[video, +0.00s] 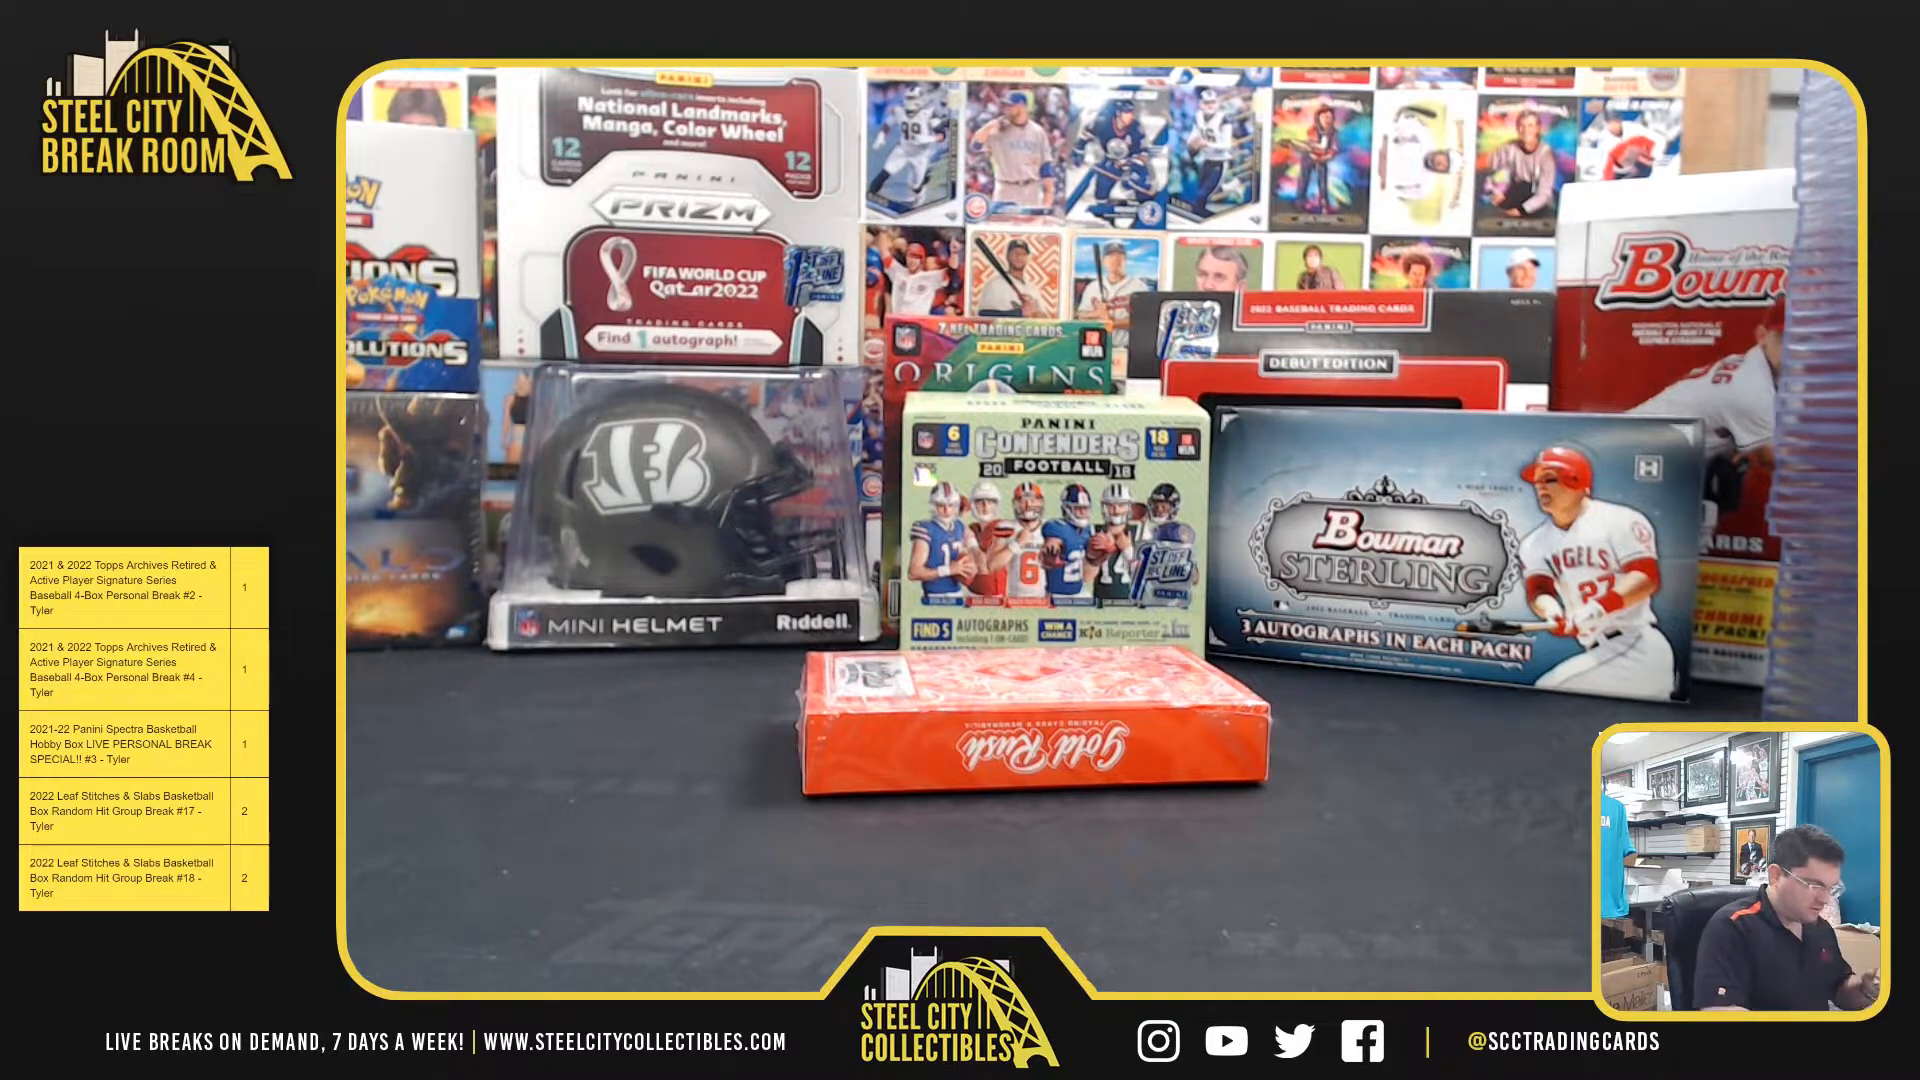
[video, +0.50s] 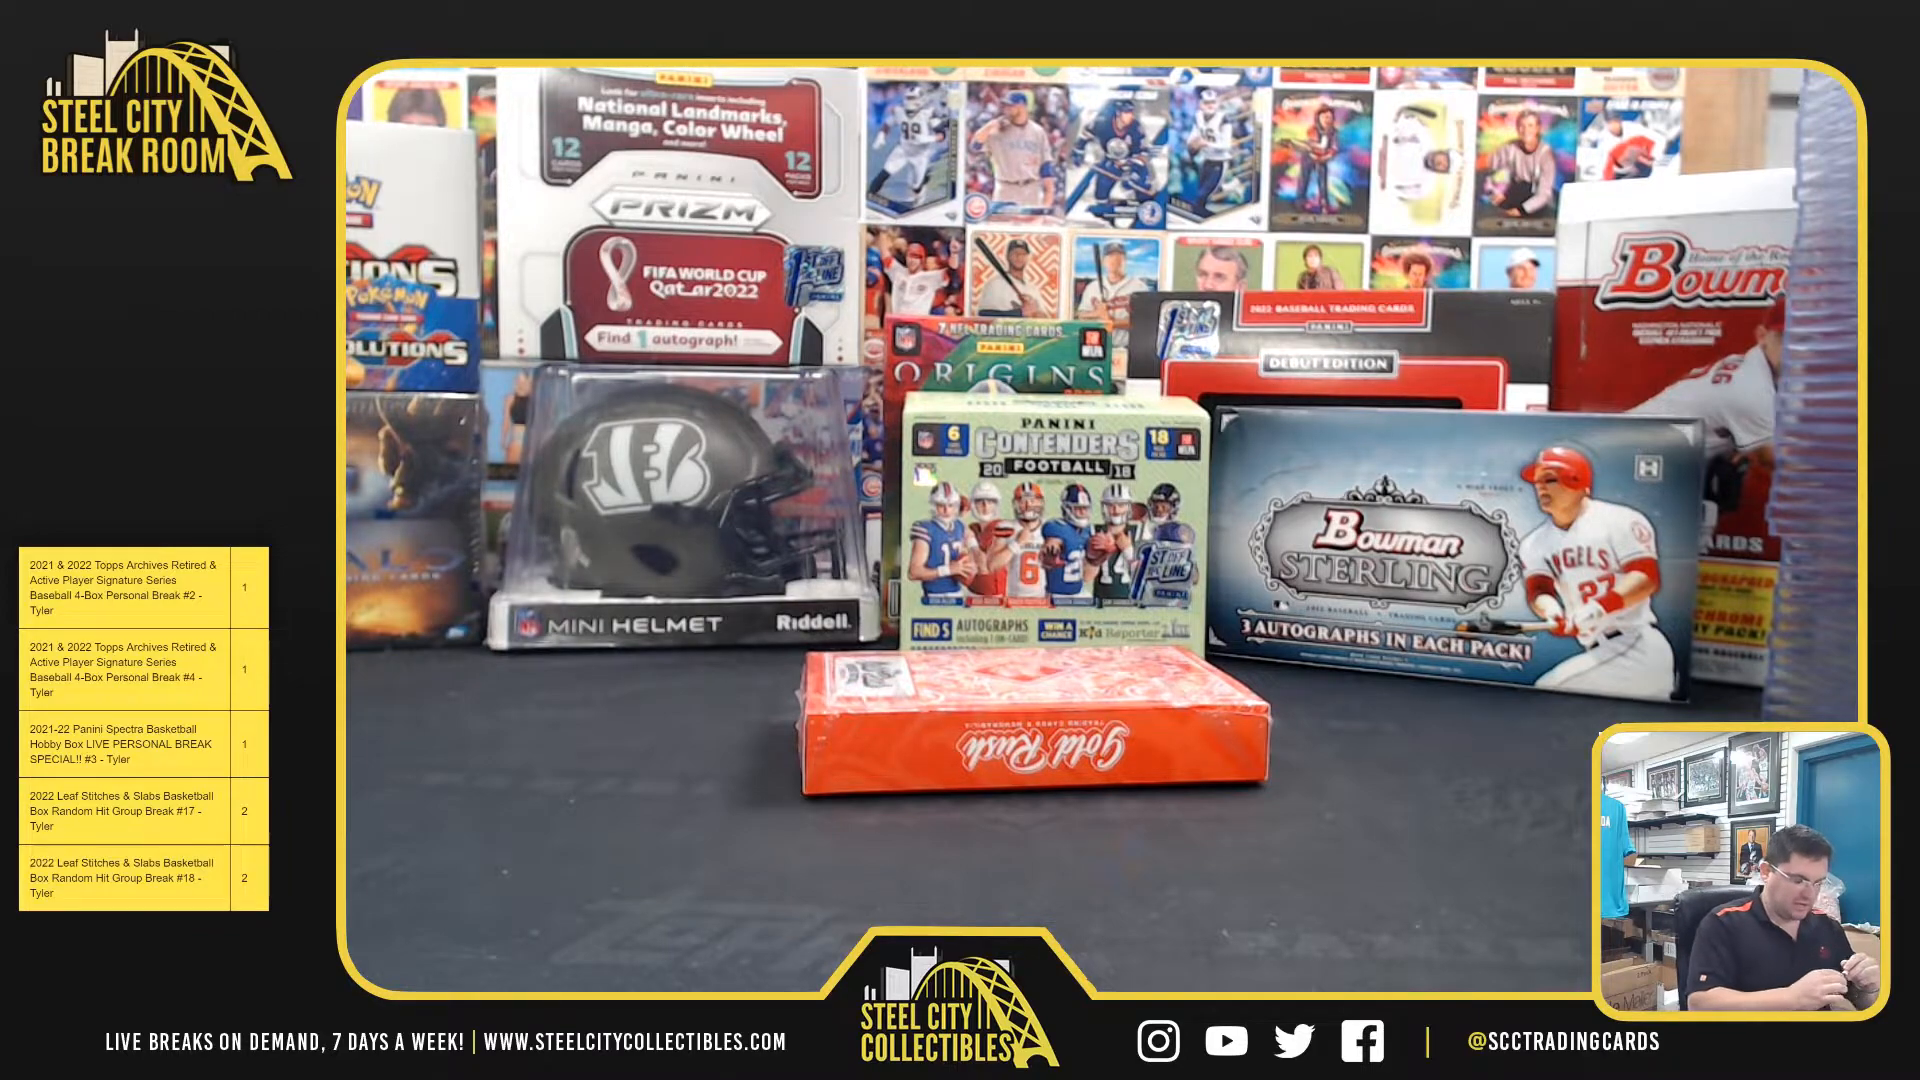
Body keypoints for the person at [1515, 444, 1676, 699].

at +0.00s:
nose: (1540, 490)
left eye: (1550, 481)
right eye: (1537, 484)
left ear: (1578, 484)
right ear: (1533, 488)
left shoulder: (1624, 521)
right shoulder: (1534, 545)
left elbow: (1646, 577)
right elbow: (1539, 591)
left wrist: (1599, 608)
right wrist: (1554, 614)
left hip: (1638, 648)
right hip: (1599, 652)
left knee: (1546, 692)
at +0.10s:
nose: (1540, 490)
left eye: (1549, 481)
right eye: (1537, 484)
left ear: (1578, 484)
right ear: (1533, 488)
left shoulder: (1625, 521)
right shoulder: (1534, 545)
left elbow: (1646, 577)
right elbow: (1539, 591)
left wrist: (1599, 608)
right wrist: (1554, 614)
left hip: (1638, 649)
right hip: (1599, 652)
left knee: (1546, 692)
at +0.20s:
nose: (1540, 490)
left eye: (1549, 481)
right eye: (1537, 484)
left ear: (1578, 484)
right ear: (1533, 488)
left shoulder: (1624, 521)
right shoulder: (1534, 545)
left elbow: (1646, 577)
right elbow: (1539, 591)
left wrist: (1599, 608)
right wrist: (1553, 614)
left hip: (1638, 649)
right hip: (1599, 652)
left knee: (1546, 692)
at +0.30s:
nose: (1540, 490)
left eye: (1549, 481)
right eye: (1537, 483)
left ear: (1578, 484)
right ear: (1533, 488)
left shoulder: (1624, 521)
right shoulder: (1534, 545)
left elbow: (1646, 577)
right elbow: (1539, 591)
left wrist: (1599, 608)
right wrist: (1553, 614)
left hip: (1638, 649)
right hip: (1599, 652)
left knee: (1546, 692)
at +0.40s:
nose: (1540, 490)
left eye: (1549, 481)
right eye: (1537, 483)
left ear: (1578, 484)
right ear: (1533, 487)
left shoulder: (1624, 521)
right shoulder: (1534, 545)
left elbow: (1646, 577)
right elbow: (1538, 591)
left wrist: (1599, 608)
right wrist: (1553, 613)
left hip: (1638, 648)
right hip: (1599, 652)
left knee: (1546, 692)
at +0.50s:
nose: (1540, 490)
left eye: (1549, 481)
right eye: (1537, 483)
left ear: (1578, 484)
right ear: (1533, 487)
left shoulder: (1624, 521)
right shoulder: (1534, 545)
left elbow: (1646, 577)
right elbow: (1538, 591)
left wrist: (1599, 608)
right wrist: (1553, 613)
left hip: (1638, 648)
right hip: (1599, 652)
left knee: (1546, 692)